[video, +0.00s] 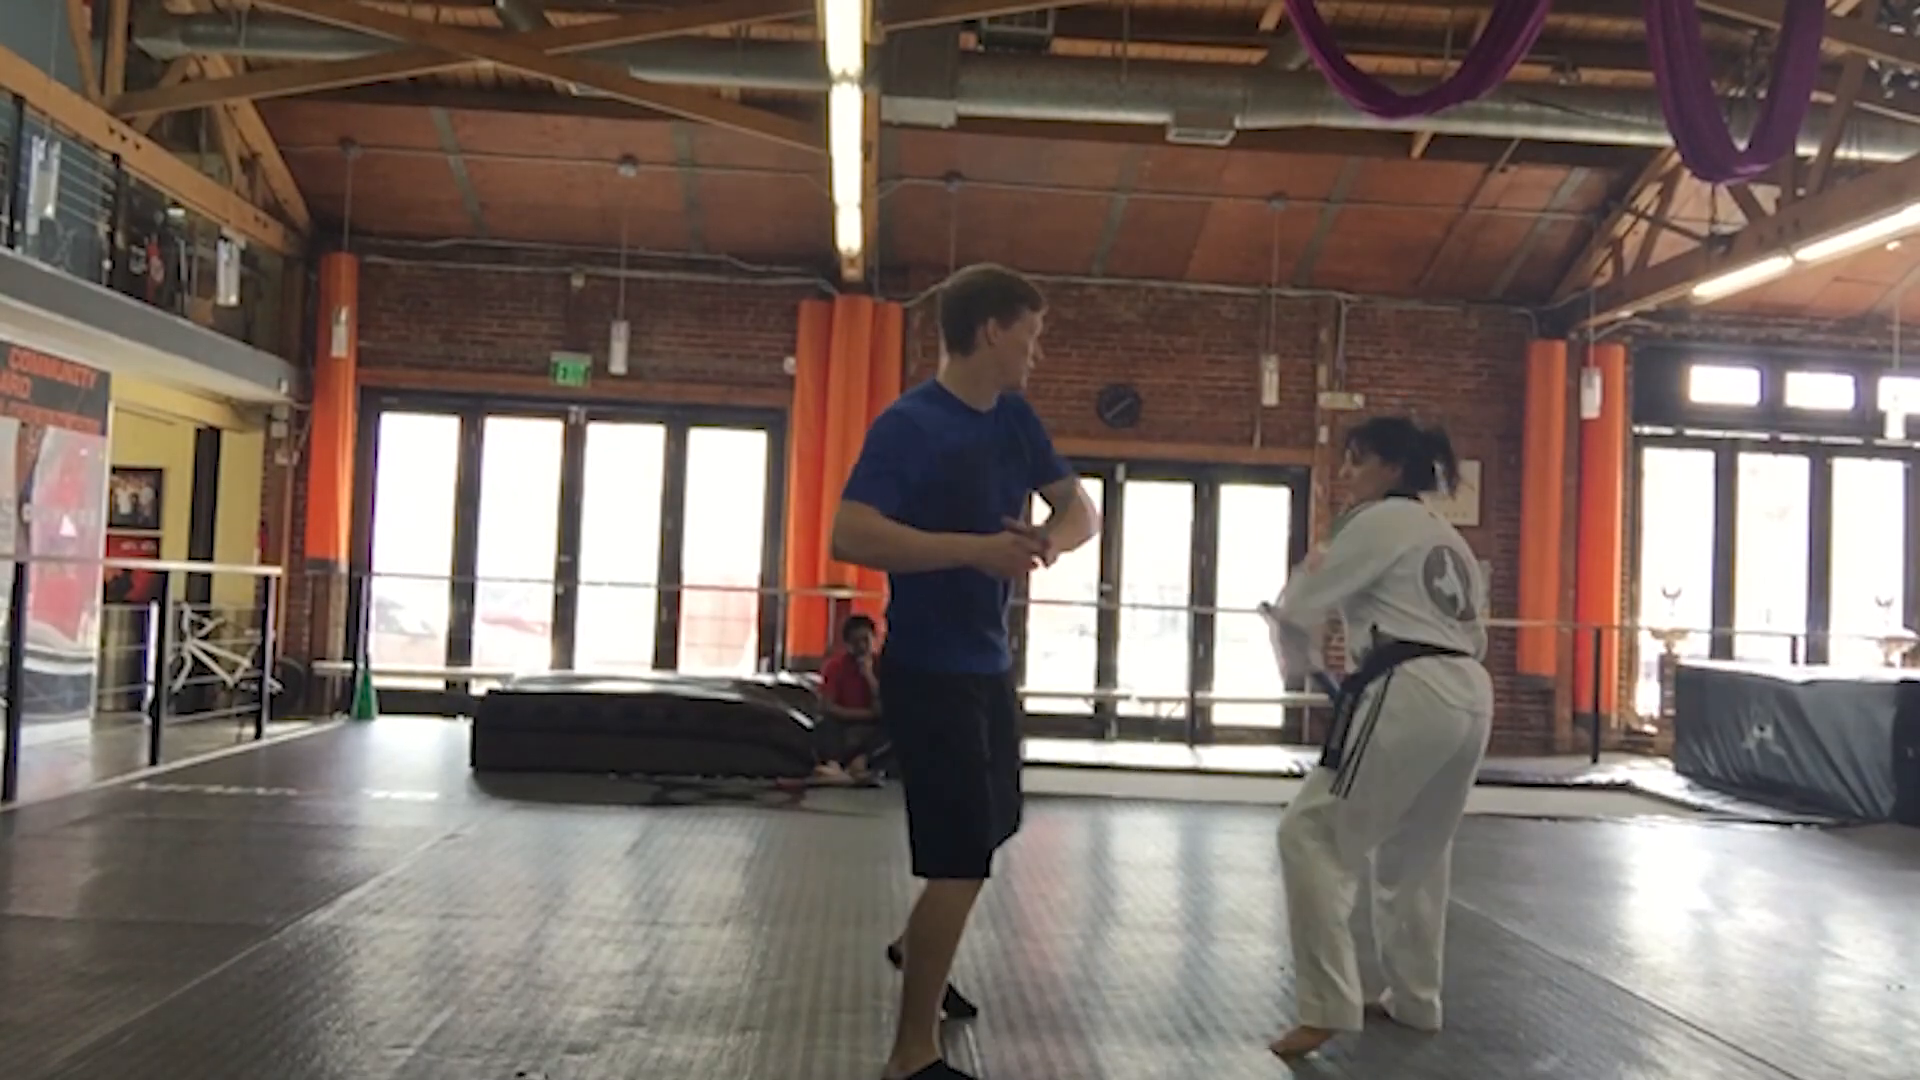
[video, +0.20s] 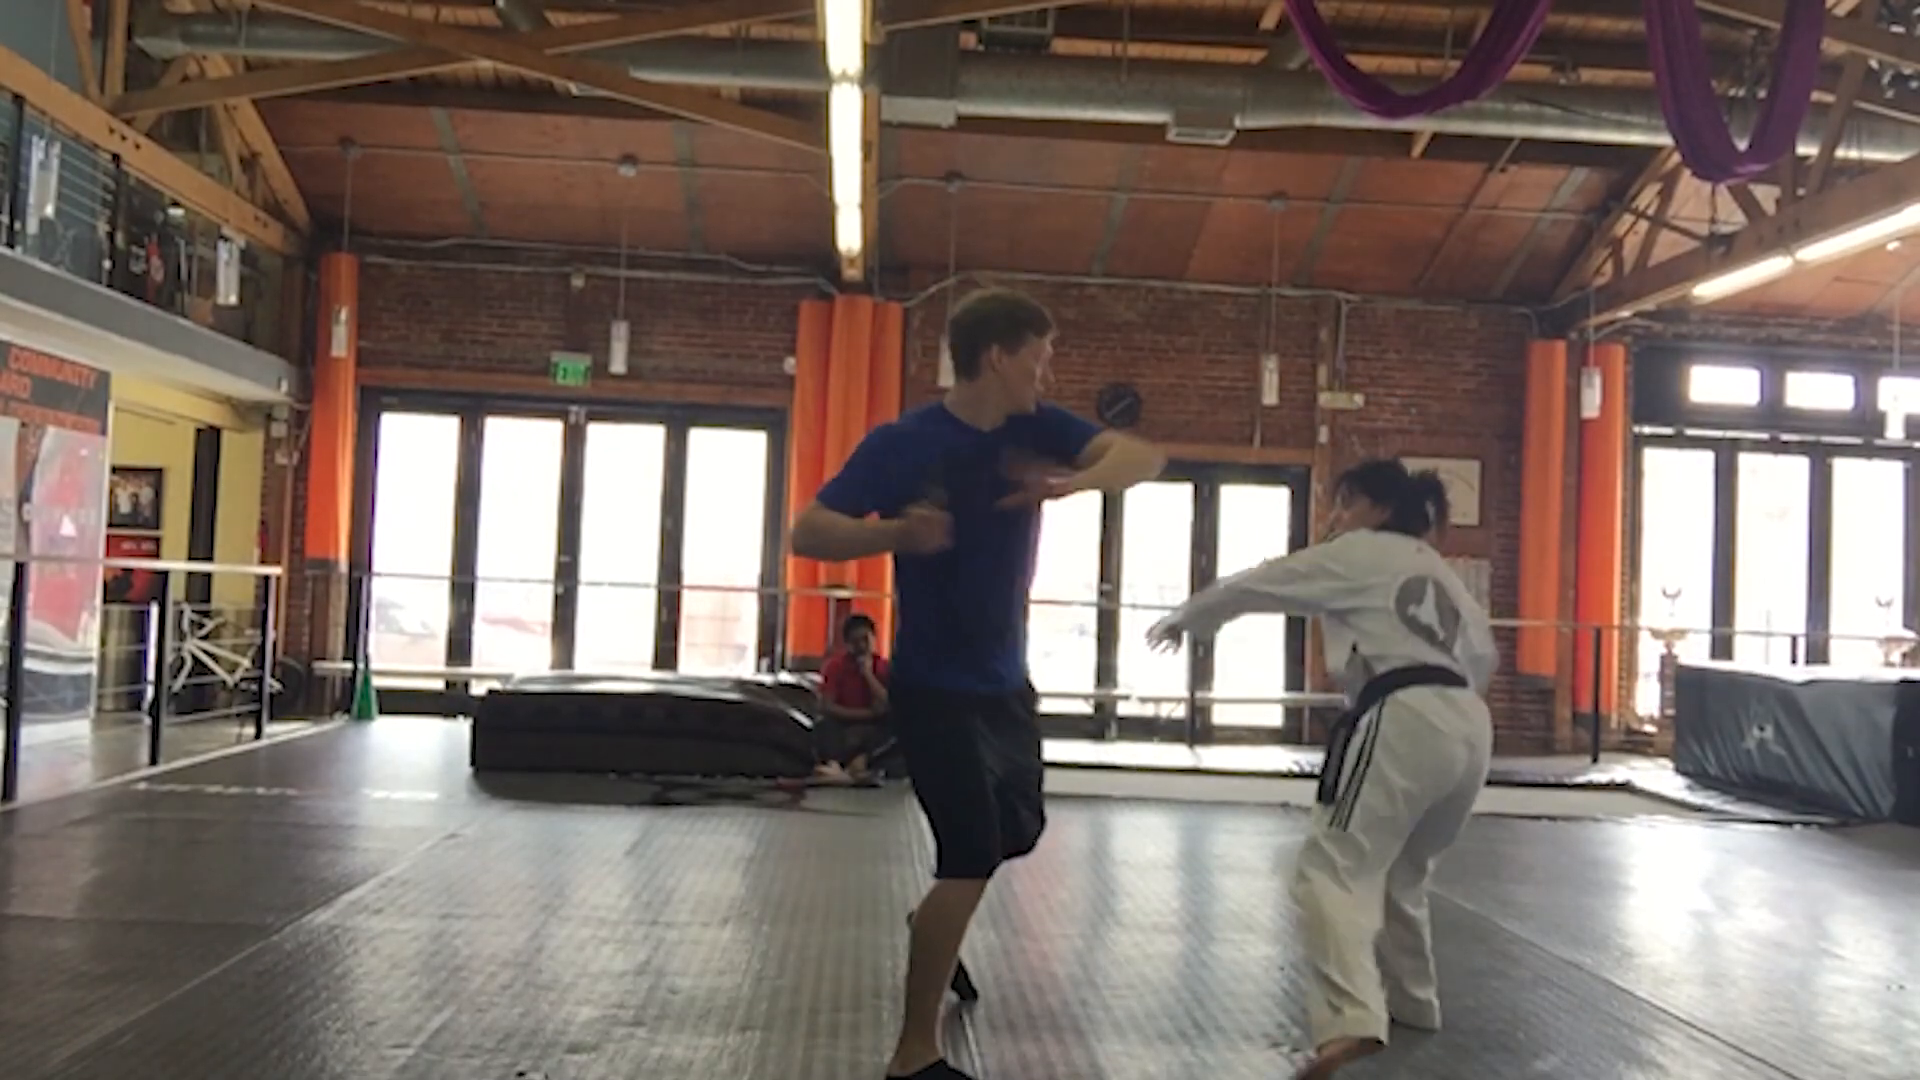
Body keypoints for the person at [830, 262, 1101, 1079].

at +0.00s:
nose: (1036, 352)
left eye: (1038, 337)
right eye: (1031, 336)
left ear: (994, 335)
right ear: (989, 332)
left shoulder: (1014, 419)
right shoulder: (910, 423)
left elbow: (1078, 508)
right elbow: (851, 531)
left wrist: (1051, 540)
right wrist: (973, 548)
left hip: (987, 666)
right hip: (930, 670)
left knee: (992, 824)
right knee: (960, 862)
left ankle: (921, 944)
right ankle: (912, 1057)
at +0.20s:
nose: (1045, 376)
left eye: (1047, 362)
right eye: (1038, 361)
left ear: (1002, 361)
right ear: (993, 359)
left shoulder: (1030, 428)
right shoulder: (905, 442)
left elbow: (1143, 455)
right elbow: (806, 530)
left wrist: (1065, 480)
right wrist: (894, 533)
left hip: (1005, 682)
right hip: (932, 684)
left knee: (1013, 828)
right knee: (969, 853)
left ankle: (937, 932)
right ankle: (915, 1055)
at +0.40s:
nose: (1054, 400)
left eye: (1055, 387)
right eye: (1046, 386)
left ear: (1017, 387)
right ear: (1001, 386)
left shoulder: (1041, 448)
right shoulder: (925, 464)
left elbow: (1132, 426)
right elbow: (821, 520)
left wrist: (1125, 435)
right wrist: (884, 438)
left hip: (1005, 700)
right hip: (950, 702)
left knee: (990, 847)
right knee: (1007, 872)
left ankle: (931, 956)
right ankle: (919, 1059)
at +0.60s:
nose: (1070, 397)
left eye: (1068, 386)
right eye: (1065, 386)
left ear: (991, 378)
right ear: (1039, 386)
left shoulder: (931, 437)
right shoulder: (1022, 430)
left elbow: (874, 457)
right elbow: (1128, 382)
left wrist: (941, 430)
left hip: (939, 675)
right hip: (994, 675)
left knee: (978, 827)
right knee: (1055, 852)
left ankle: (925, 968)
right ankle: (956, 1008)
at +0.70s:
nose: (1082, 404)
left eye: (1083, 393)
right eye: (1079, 393)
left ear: (1002, 383)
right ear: (1058, 394)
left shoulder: (931, 429)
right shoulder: (1054, 441)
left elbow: (835, 468)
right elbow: (1146, 430)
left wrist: (911, 481)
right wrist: (1203, 358)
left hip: (927, 665)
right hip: (997, 669)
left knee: (957, 814)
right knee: (1048, 849)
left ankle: (925, 963)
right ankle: (1013, 1043)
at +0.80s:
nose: (1085, 431)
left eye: (1088, 419)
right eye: (1084, 418)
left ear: (1013, 409)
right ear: (1060, 417)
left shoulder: (944, 441)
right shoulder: (1063, 478)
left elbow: (845, 491)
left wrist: (914, 509)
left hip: (923, 674)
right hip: (999, 682)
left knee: (938, 820)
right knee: (1055, 863)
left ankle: (908, 974)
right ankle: (1017, 1051)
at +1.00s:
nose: (1065, 525)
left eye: (1073, 514)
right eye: (1071, 510)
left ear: (1017, 467)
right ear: (1048, 482)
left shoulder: (937, 482)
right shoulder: (1048, 543)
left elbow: (880, 580)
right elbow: (1010, 621)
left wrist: (949, 617)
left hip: (922, 709)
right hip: (1003, 715)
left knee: (944, 823)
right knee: (1080, 879)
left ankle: (909, 974)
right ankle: (1058, 1026)